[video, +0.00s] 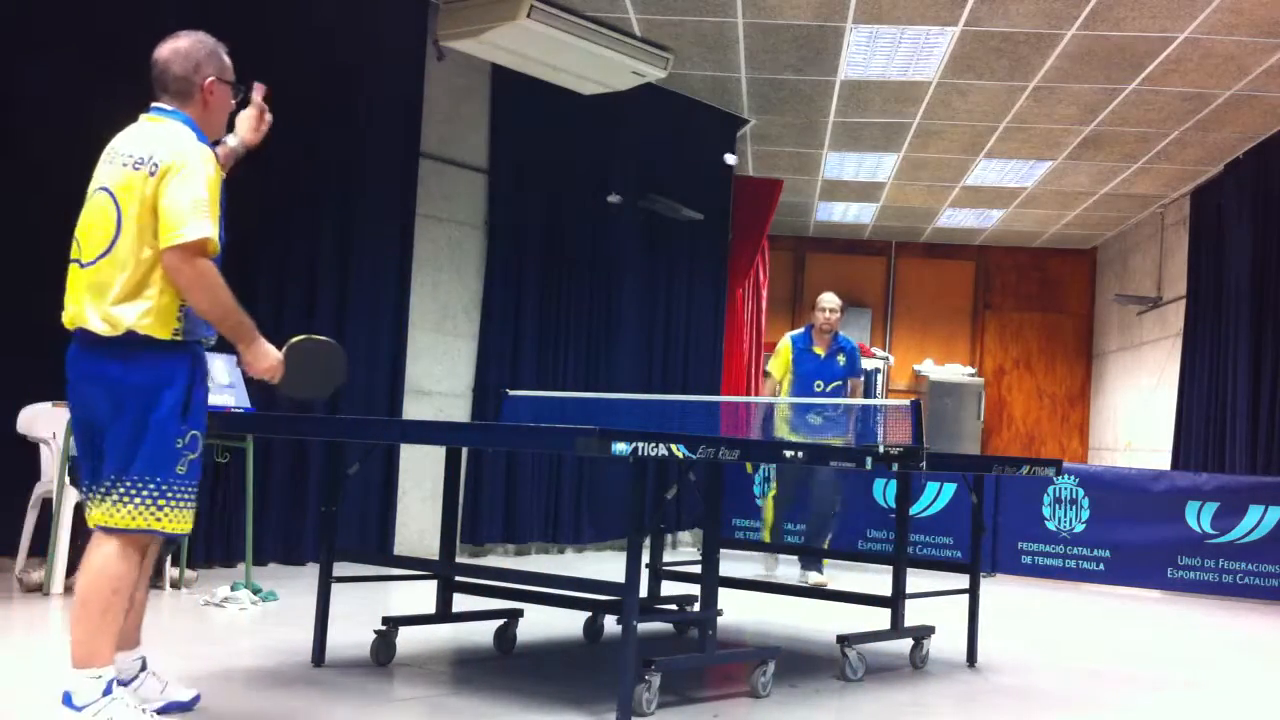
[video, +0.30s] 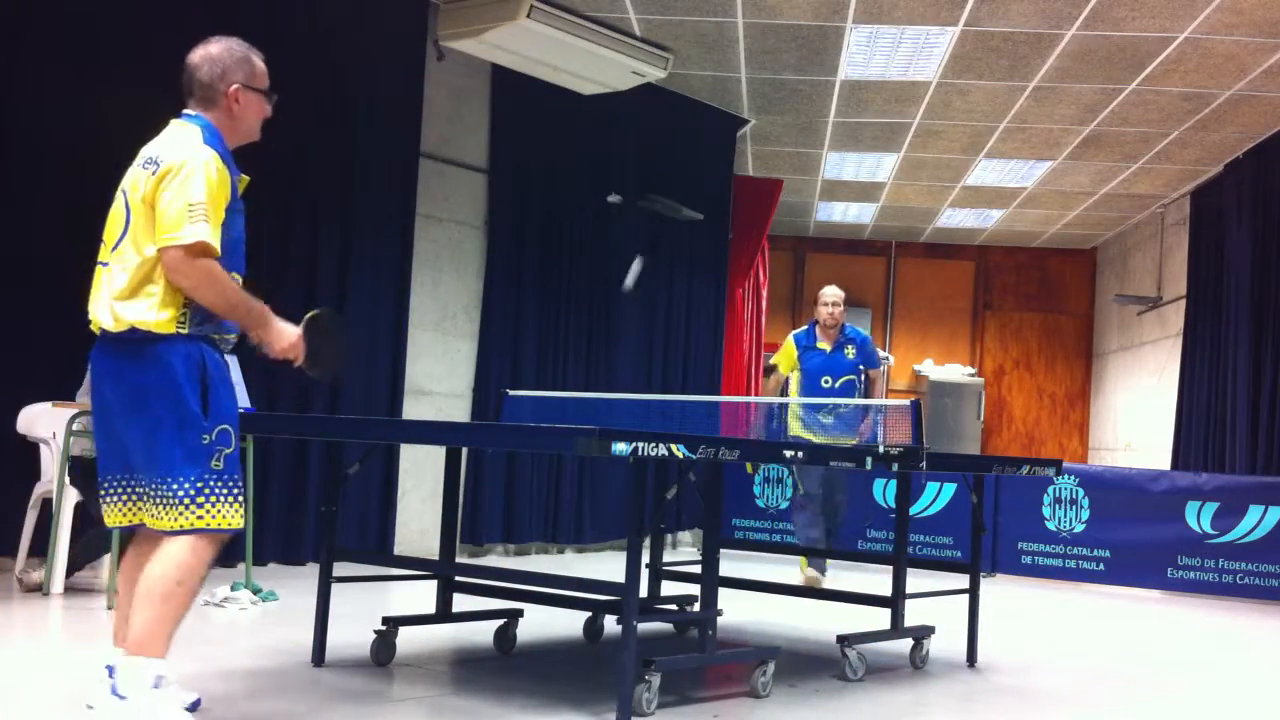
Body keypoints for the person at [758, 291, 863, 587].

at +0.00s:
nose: (828, 316)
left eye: (833, 311)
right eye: (823, 310)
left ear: (841, 316)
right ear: (813, 314)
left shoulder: (849, 350)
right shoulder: (792, 342)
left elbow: (856, 391)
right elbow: (770, 384)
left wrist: (850, 430)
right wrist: (757, 427)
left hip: (833, 439)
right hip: (792, 436)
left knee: (826, 499)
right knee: (784, 494)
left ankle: (811, 563)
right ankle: (771, 547)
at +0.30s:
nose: (831, 310)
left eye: (836, 305)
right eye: (826, 305)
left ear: (844, 310)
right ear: (816, 309)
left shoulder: (861, 341)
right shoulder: (797, 340)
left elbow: (877, 380)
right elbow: (775, 381)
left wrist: (872, 419)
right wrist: (760, 423)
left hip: (844, 437)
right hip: (804, 434)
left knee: (834, 498)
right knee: (810, 494)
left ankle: (818, 556)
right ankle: (813, 564)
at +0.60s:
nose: (837, 297)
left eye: (843, 291)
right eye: (831, 291)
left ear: (852, 295)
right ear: (822, 296)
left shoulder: (870, 327)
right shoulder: (804, 331)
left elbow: (888, 366)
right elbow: (788, 380)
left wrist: (885, 409)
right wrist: (781, 426)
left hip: (859, 433)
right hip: (814, 434)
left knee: (866, 492)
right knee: (811, 499)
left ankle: (856, 551)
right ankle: (815, 566)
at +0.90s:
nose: (853, 296)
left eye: (860, 290)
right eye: (848, 290)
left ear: (872, 295)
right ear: (839, 296)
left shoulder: (892, 331)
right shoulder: (823, 333)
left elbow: (908, 374)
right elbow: (803, 377)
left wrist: (905, 411)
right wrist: (822, 391)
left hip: (879, 444)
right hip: (832, 443)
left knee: (878, 519)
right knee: (826, 515)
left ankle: (872, 593)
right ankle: (817, 578)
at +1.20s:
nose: (868, 286)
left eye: (875, 279)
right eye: (863, 280)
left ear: (891, 284)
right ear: (857, 285)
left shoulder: (915, 321)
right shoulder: (844, 325)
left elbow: (944, 365)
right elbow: (824, 372)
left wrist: (934, 407)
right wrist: (824, 406)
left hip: (900, 438)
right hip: (853, 436)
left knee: (889, 515)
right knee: (853, 507)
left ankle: (875, 596)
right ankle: (844, 594)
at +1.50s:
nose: (873, 291)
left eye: (881, 283)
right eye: (867, 284)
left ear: (899, 287)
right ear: (862, 289)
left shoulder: (928, 320)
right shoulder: (854, 333)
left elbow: (967, 364)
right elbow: (838, 383)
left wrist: (954, 409)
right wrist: (833, 409)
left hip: (925, 441)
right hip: (872, 443)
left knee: (948, 503)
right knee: (862, 520)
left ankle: (922, 572)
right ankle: (865, 606)